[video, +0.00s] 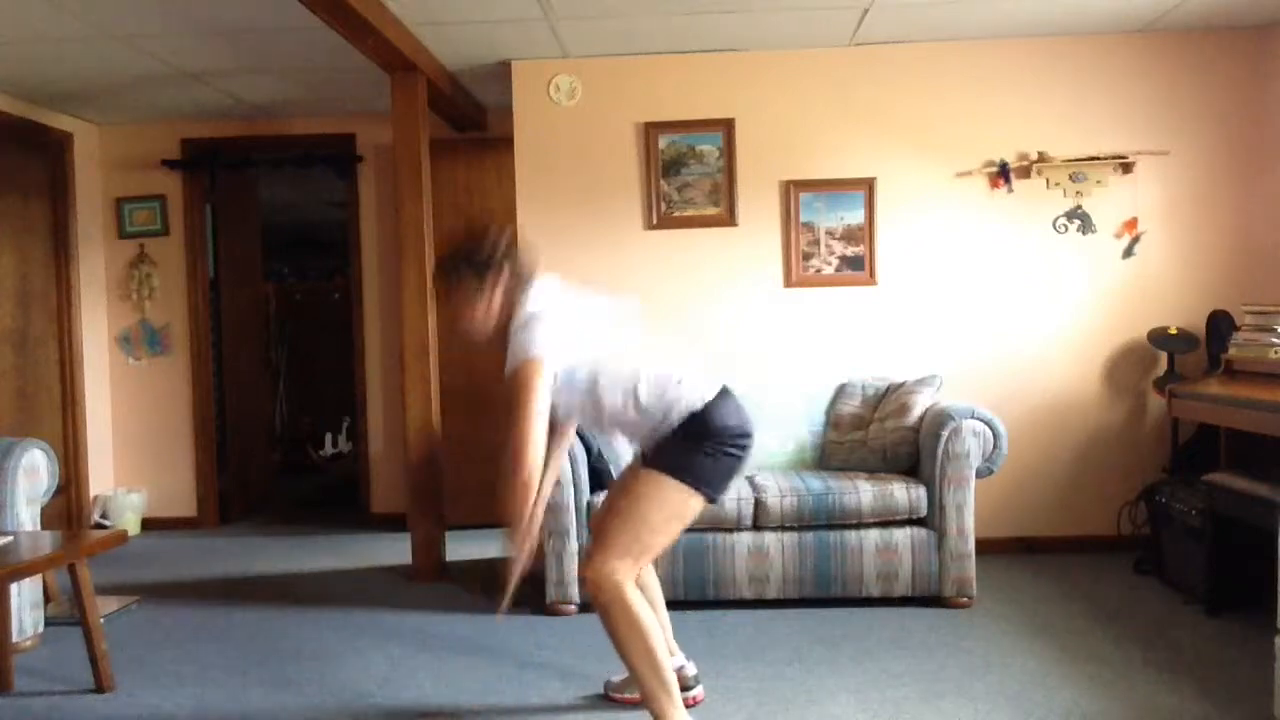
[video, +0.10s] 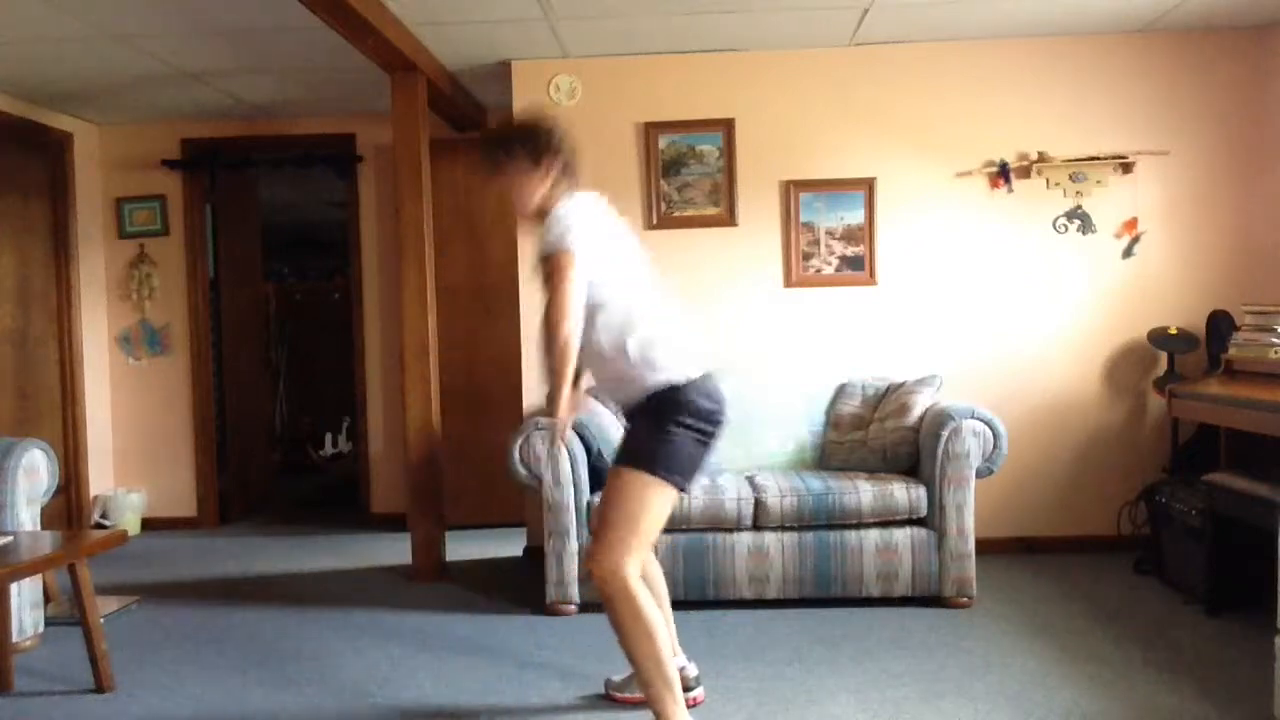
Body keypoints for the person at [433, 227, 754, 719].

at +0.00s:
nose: (459, 317)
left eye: (462, 299)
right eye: (454, 302)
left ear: (494, 283)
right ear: (499, 280)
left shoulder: (535, 322)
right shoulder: (550, 303)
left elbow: (525, 455)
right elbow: (559, 433)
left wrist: (519, 536)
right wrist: (533, 519)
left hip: (705, 424)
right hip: (695, 419)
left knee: (605, 571)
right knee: (612, 536)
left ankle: (671, 711)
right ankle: (670, 666)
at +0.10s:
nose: (504, 188)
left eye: (510, 173)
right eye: (502, 175)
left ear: (549, 166)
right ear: (550, 168)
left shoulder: (567, 219)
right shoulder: (589, 212)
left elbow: (564, 321)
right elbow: (605, 324)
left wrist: (557, 412)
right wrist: (575, 397)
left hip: (675, 400)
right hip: (677, 395)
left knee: (611, 564)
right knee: (628, 546)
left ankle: (671, 708)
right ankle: (671, 668)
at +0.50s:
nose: (603, 128)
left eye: (618, 116)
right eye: (594, 117)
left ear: (649, 127)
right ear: (584, 127)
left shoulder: (644, 188)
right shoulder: (635, 190)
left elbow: (662, 266)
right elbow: (646, 277)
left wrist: (623, 348)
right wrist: (607, 350)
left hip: (629, 383)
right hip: (627, 381)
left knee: (627, 551)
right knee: (635, 543)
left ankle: (673, 705)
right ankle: (673, 670)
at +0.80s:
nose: (529, 150)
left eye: (539, 134)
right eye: (523, 137)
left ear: (575, 129)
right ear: (577, 137)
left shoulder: (589, 188)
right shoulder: (609, 186)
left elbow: (582, 268)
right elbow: (643, 288)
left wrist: (568, 359)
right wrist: (611, 364)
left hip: (651, 382)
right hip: (656, 378)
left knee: (636, 554)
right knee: (646, 545)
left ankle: (676, 704)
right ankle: (674, 670)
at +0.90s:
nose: (471, 217)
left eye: (478, 200)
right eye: (468, 202)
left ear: (515, 190)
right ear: (520, 192)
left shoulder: (542, 235)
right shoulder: (560, 223)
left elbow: (519, 351)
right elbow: (568, 329)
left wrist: (510, 447)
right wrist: (565, 408)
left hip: (681, 393)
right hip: (685, 387)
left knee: (635, 558)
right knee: (649, 548)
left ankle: (675, 708)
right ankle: (674, 672)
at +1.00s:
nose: (447, 282)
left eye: (452, 267)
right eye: (443, 269)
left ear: (488, 251)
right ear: (492, 250)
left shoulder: (526, 294)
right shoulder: (538, 280)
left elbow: (505, 417)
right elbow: (555, 388)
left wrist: (486, 519)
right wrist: (542, 475)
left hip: (701, 400)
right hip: (693, 398)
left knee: (631, 559)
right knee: (642, 549)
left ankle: (676, 711)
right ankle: (675, 672)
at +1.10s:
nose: (440, 392)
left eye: (440, 376)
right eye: (434, 380)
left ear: (467, 357)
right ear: (469, 356)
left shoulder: (517, 388)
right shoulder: (532, 375)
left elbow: (501, 516)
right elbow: (522, 511)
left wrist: (467, 623)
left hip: (708, 428)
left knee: (615, 570)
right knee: (613, 533)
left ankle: (671, 711)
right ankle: (673, 671)